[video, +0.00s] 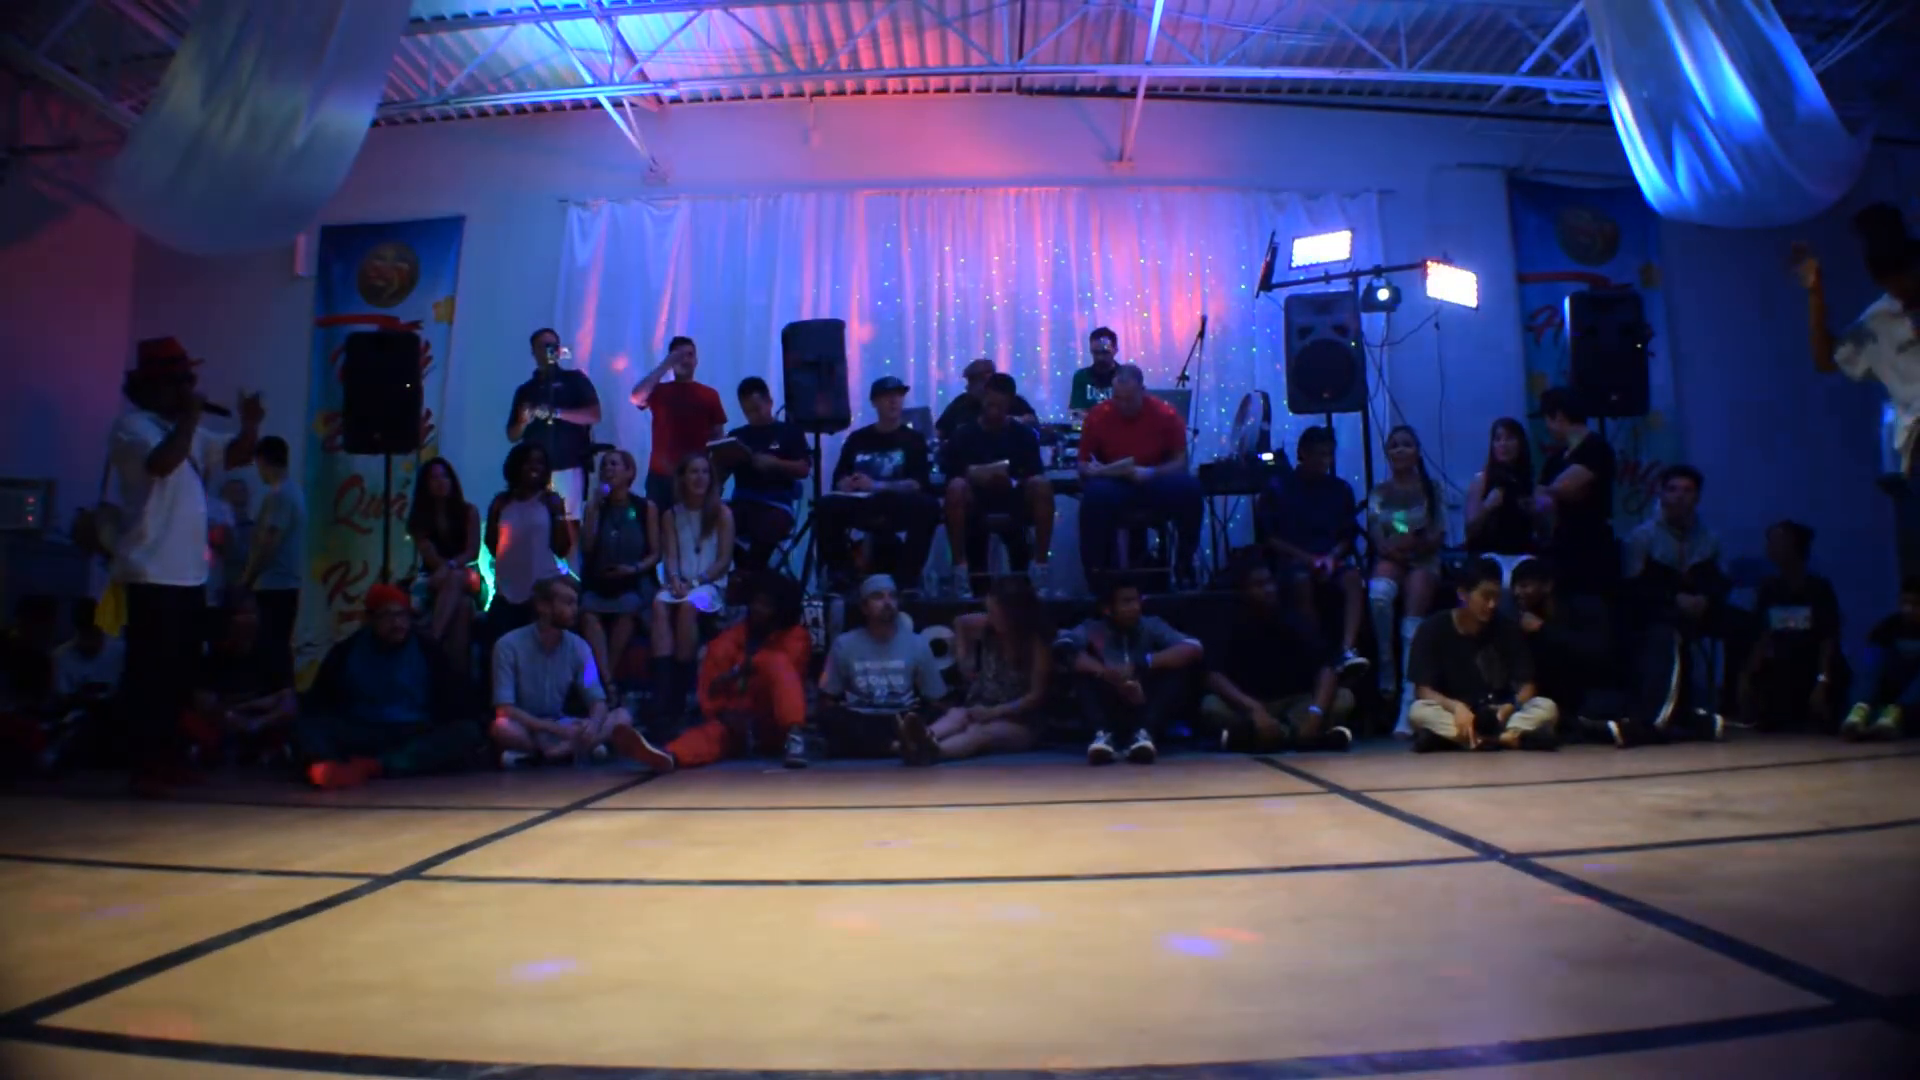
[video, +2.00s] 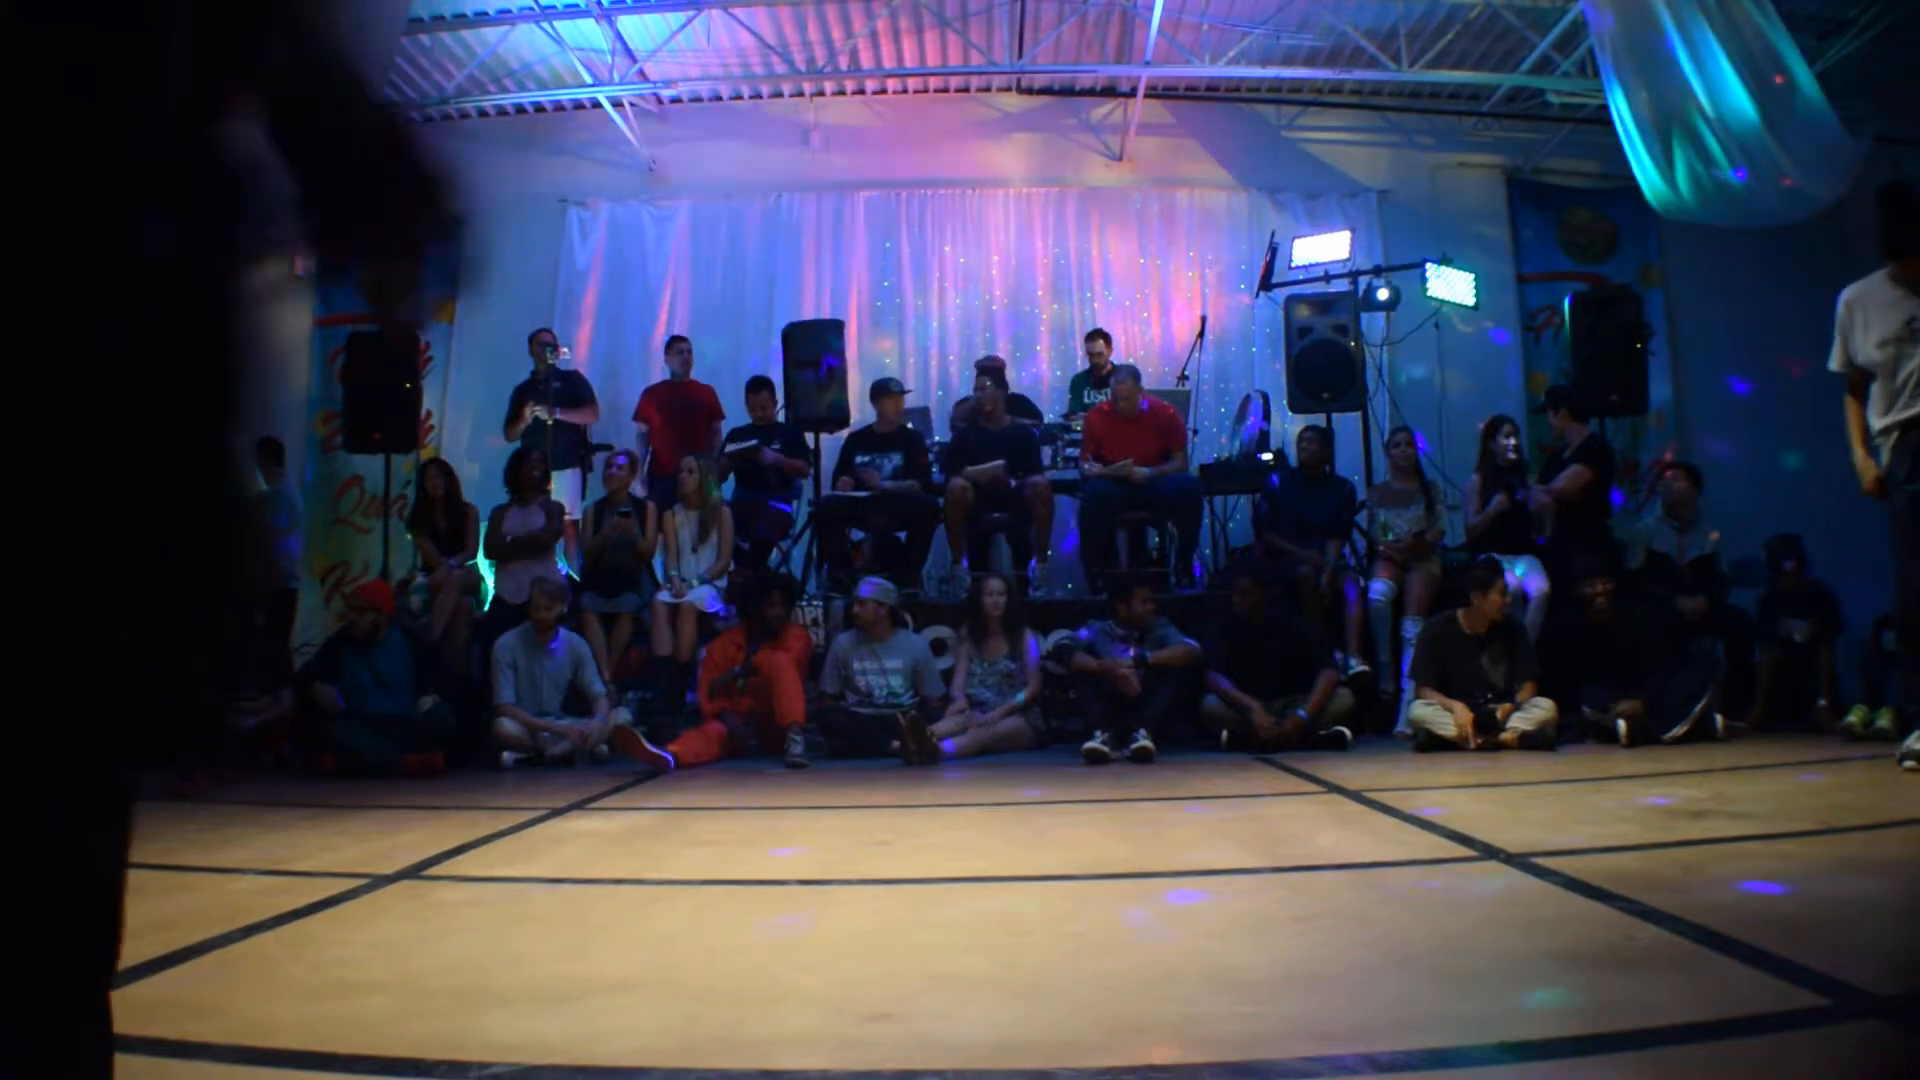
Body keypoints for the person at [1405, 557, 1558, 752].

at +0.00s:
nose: (1492, 605)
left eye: (1495, 597)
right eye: (1485, 596)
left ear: (1500, 596)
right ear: (1463, 594)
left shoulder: (1505, 627)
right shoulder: (1434, 628)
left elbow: (1528, 686)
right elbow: (1423, 690)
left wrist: (1511, 706)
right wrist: (1457, 707)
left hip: (1499, 707)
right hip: (1456, 710)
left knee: (1547, 707)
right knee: (1419, 712)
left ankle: (1470, 743)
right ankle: (1508, 740)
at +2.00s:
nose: (1507, 600)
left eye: (1506, 594)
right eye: (1501, 593)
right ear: (1476, 597)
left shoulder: (1512, 629)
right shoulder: (1437, 629)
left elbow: (1528, 685)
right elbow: (1423, 689)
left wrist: (1512, 706)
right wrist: (1456, 707)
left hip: (1500, 706)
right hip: (1456, 709)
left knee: (1546, 708)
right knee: (1418, 711)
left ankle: (1469, 742)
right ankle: (1504, 740)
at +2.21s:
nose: (1506, 600)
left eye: (1506, 593)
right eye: (1501, 592)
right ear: (1477, 597)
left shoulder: (1511, 629)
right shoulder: (1437, 629)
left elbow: (1528, 684)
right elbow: (1423, 689)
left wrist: (1511, 707)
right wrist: (1456, 708)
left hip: (1500, 706)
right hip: (1456, 709)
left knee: (1546, 708)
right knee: (1418, 711)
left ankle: (1463, 743)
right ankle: (1505, 740)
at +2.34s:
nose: (1507, 600)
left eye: (1508, 593)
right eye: (1501, 593)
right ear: (1475, 595)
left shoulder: (1514, 629)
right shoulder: (1440, 629)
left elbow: (1528, 684)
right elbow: (1423, 689)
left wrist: (1511, 706)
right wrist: (1456, 708)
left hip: (1500, 706)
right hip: (1456, 708)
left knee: (1546, 707)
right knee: (1418, 711)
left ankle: (1462, 743)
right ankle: (1505, 740)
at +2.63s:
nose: (1501, 596)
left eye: (1505, 588)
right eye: (1494, 587)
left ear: (1510, 592)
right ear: (1471, 591)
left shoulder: (1516, 629)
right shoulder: (1444, 628)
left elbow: (1529, 684)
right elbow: (1424, 689)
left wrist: (1508, 706)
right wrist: (1456, 708)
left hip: (1501, 706)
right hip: (1457, 706)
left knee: (1545, 707)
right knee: (1417, 711)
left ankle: (1461, 743)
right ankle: (1501, 740)